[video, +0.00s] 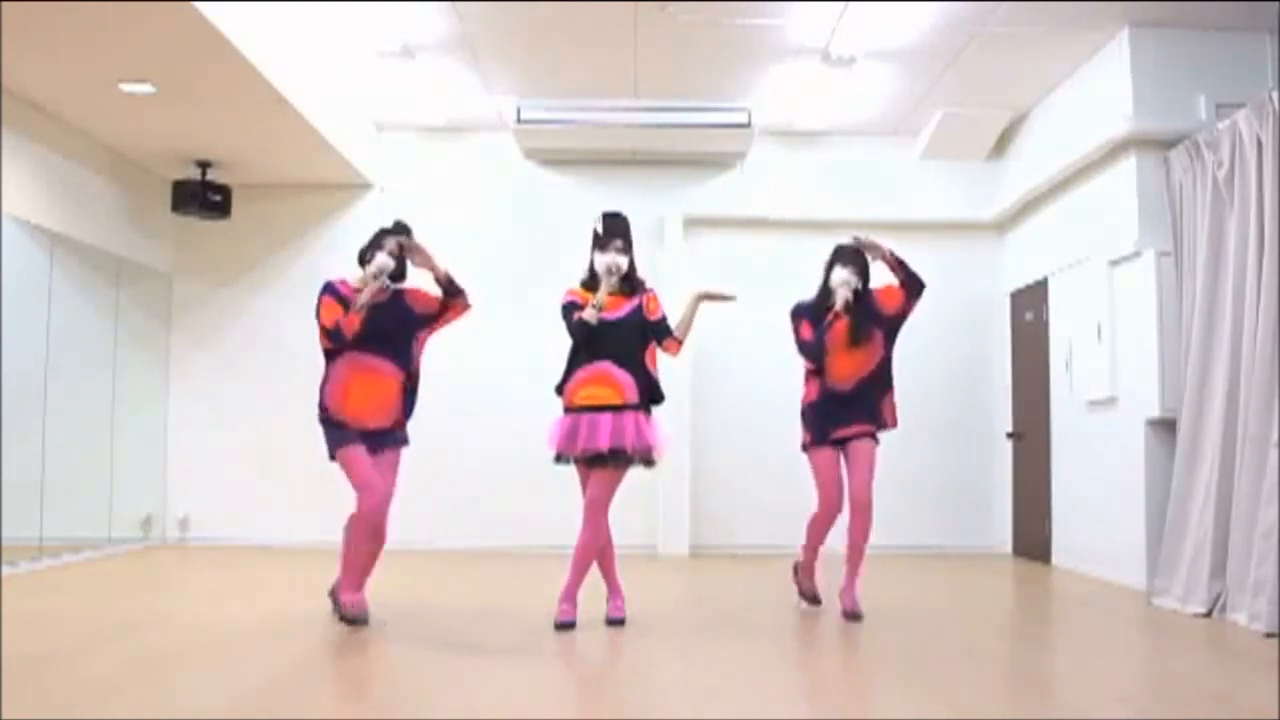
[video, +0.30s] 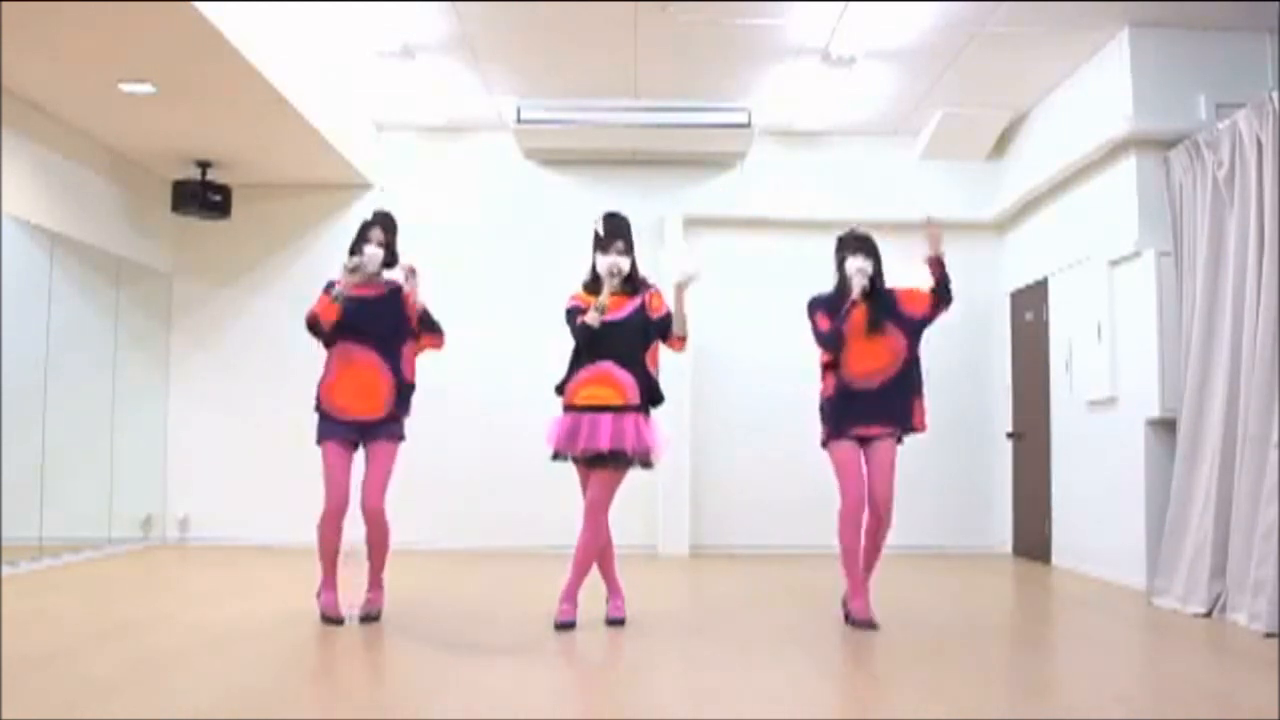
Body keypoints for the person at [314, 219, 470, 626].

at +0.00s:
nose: (389, 263)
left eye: (398, 257)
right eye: (383, 253)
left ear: (403, 267)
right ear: (366, 256)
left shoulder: (412, 307)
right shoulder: (339, 293)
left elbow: (459, 304)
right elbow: (334, 339)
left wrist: (430, 264)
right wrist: (364, 299)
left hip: (390, 423)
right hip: (343, 418)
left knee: (378, 511)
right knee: (373, 494)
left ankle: (355, 590)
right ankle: (347, 587)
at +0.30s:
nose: (373, 251)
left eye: (382, 246)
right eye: (367, 243)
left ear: (392, 252)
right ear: (356, 245)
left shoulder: (402, 299)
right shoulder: (338, 292)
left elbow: (433, 339)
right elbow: (317, 329)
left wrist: (414, 301)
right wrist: (341, 285)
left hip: (386, 410)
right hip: (338, 406)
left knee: (373, 505)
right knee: (335, 503)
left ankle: (375, 589)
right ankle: (328, 588)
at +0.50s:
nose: (374, 244)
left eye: (382, 238)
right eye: (368, 237)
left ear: (391, 247)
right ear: (356, 244)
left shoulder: (405, 293)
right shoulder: (333, 290)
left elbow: (444, 328)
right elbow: (289, 317)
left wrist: (419, 356)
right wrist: (307, 333)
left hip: (388, 408)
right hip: (340, 408)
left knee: (379, 498)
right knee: (344, 500)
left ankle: (376, 586)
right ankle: (349, 587)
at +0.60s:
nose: (372, 242)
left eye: (380, 237)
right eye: (367, 236)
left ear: (391, 246)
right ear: (355, 243)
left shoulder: (404, 293)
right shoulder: (332, 291)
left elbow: (432, 338)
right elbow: (303, 332)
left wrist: (431, 385)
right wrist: (292, 372)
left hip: (388, 407)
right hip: (340, 406)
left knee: (380, 493)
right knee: (344, 495)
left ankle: (375, 587)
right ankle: (347, 586)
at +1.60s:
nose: (365, 245)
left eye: (373, 239)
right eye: (360, 238)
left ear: (385, 247)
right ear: (350, 245)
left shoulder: (398, 296)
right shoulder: (332, 296)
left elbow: (406, 356)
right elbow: (317, 351)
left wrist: (407, 409)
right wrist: (301, 395)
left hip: (386, 409)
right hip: (339, 409)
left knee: (380, 493)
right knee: (345, 496)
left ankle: (374, 587)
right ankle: (348, 588)